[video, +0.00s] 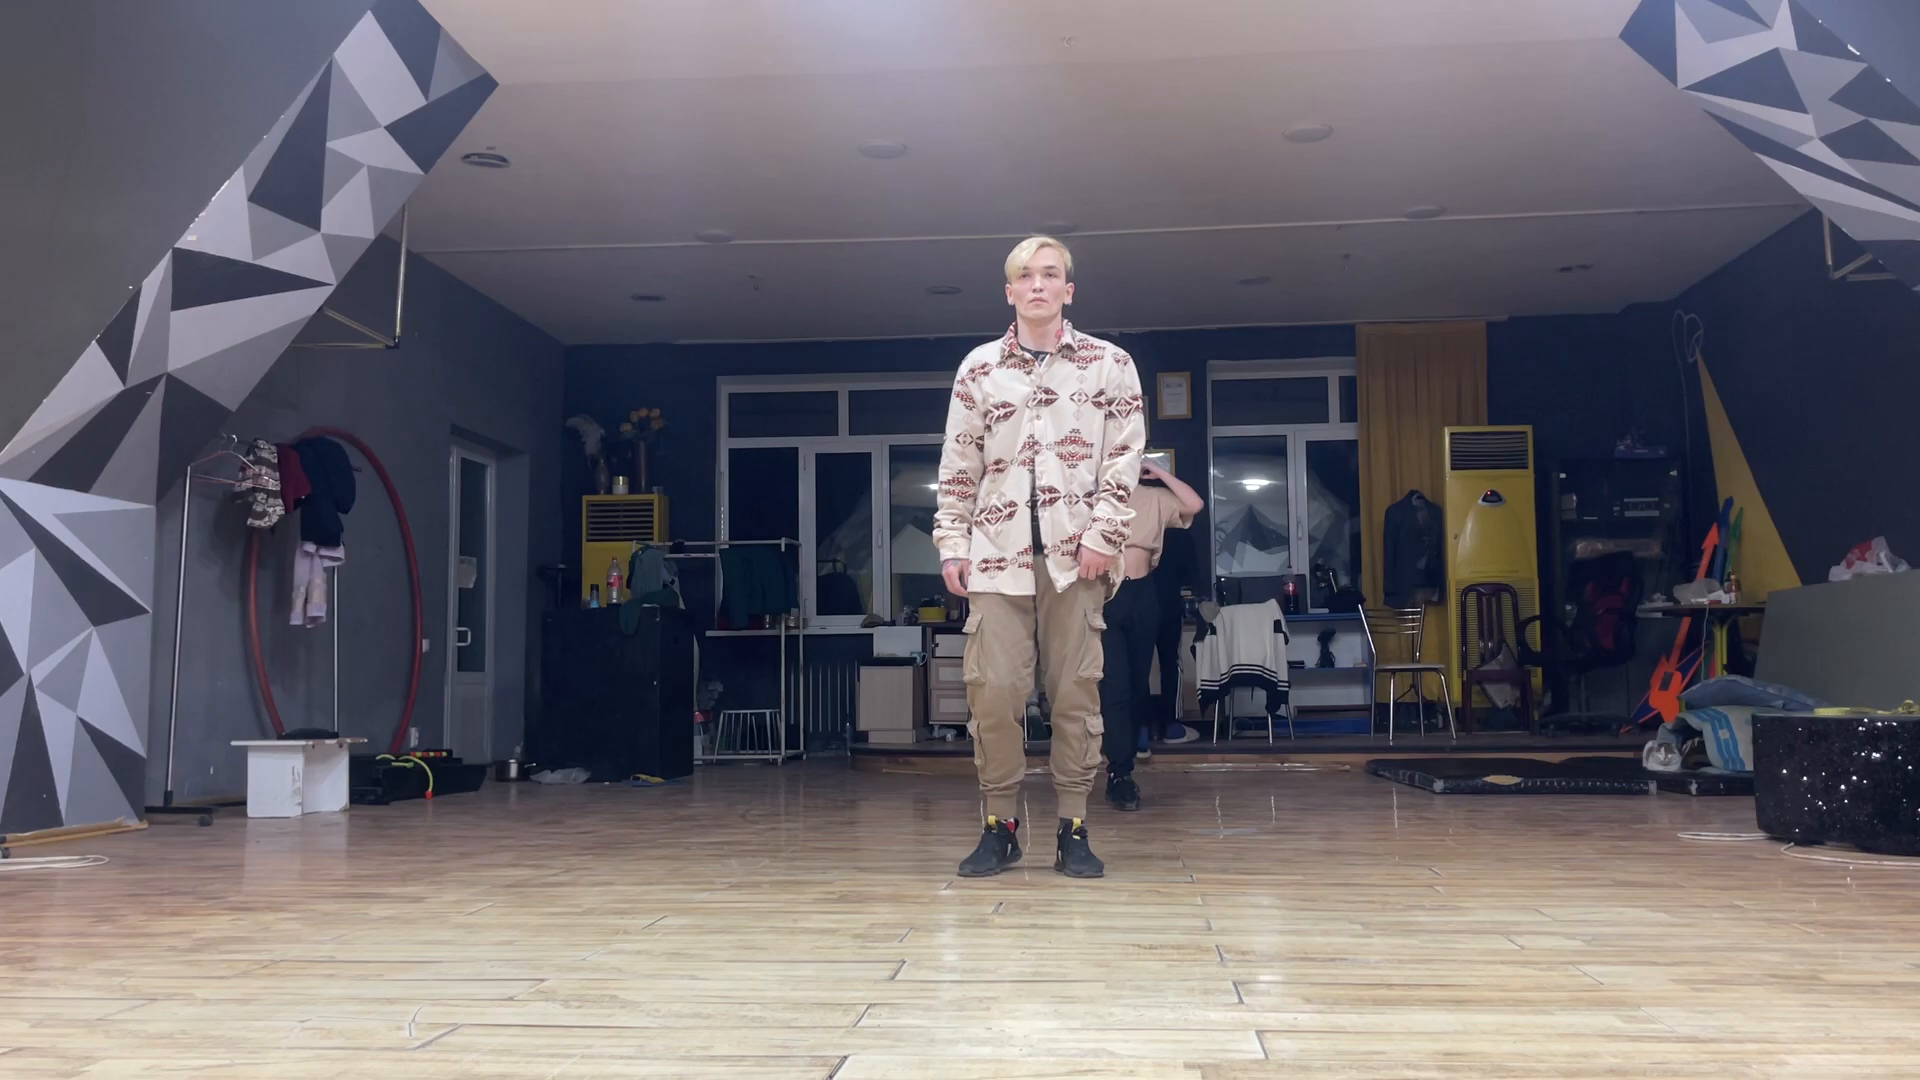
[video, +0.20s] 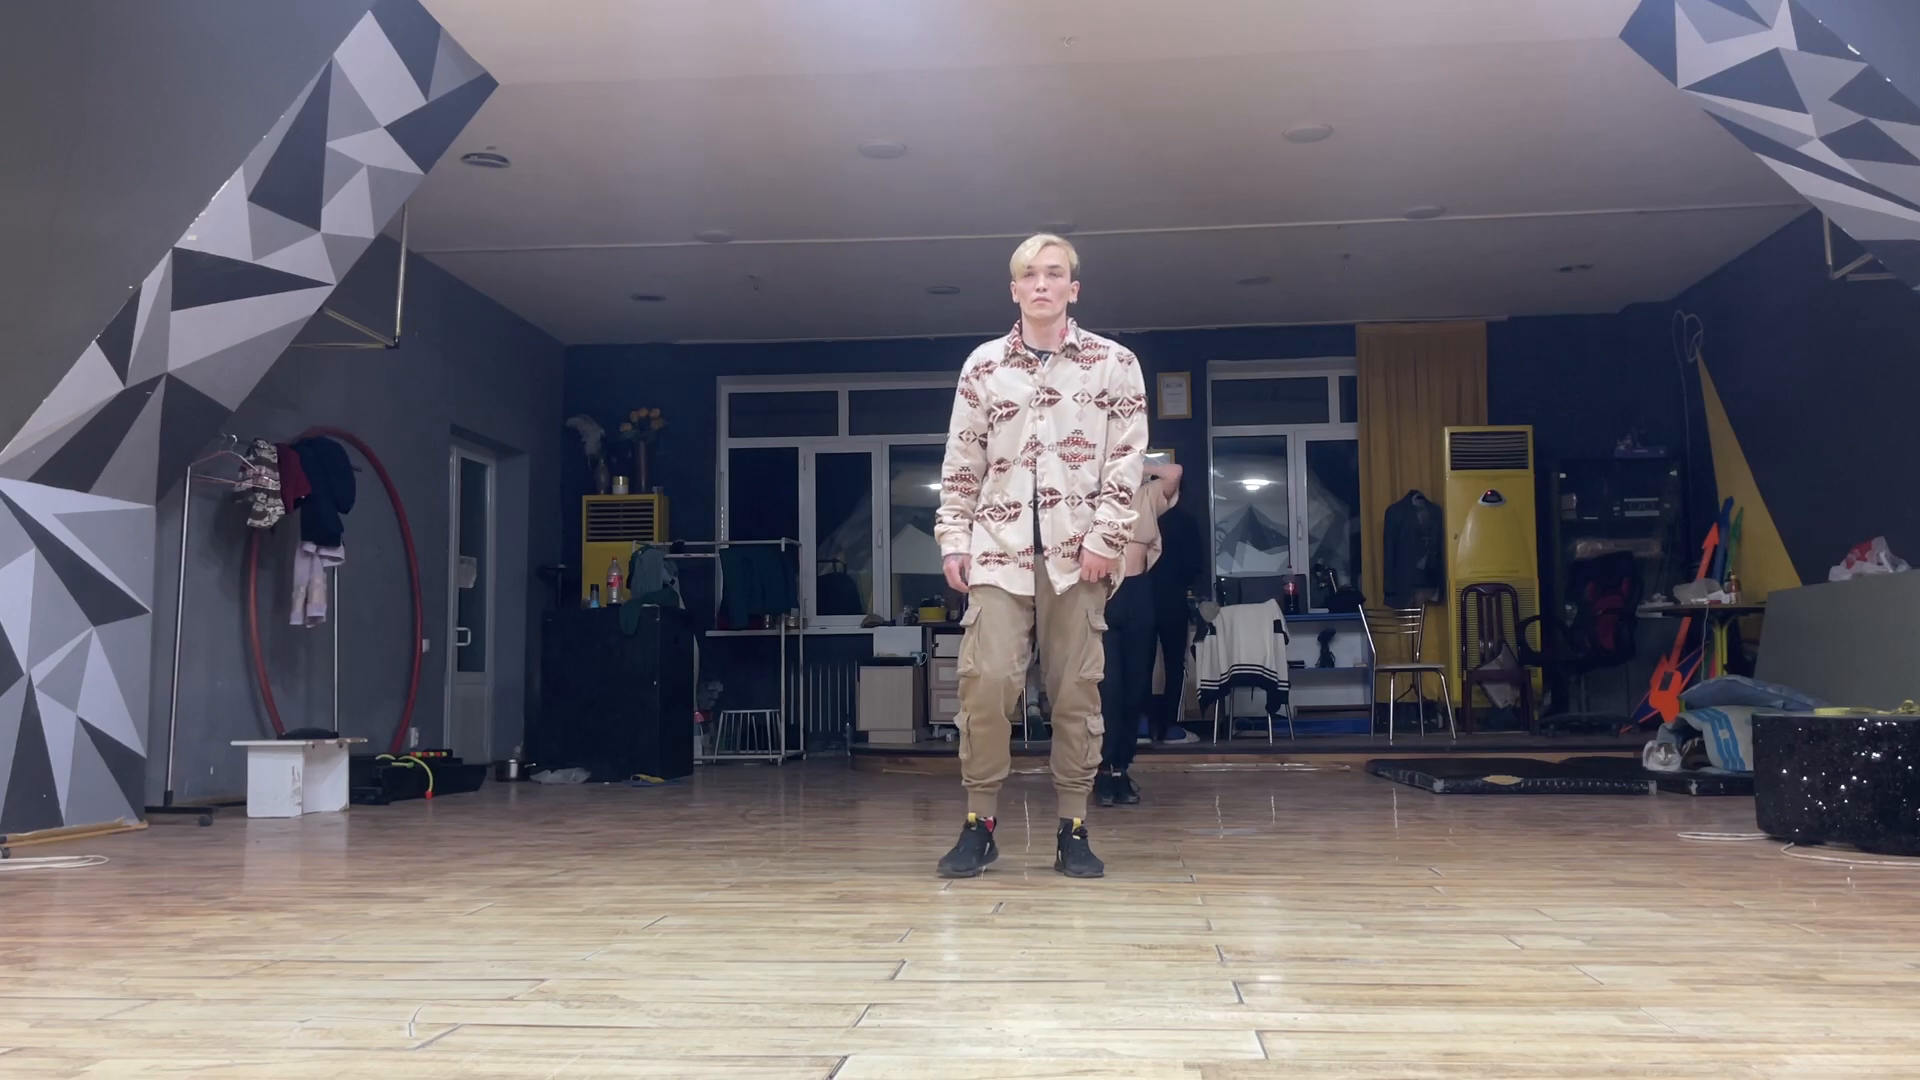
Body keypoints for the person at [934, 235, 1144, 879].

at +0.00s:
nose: (1037, 284)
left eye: (1049, 275)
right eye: (1025, 275)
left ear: (1068, 288)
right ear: (1008, 289)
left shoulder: (1109, 363)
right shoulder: (979, 367)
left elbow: (1125, 460)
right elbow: (957, 466)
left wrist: (1103, 537)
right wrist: (952, 543)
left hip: (1076, 554)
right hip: (995, 555)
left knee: (1073, 693)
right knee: (995, 692)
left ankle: (1074, 830)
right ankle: (1000, 828)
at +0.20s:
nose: (1041, 284)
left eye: (1053, 274)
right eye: (1030, 274)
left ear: (1074, 286)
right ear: (1013, 287)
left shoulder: (1113, 363)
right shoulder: (983, 365)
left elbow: (1127, 463)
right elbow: (961, 465)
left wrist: (1106, 539)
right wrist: (953, 539)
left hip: (1079, 552)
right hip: (998, 550)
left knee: (1074, 690)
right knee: (987, 679)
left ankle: (1074, 829)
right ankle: (978, 825)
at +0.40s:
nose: (1034, 282)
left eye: (1046, 273)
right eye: (1023, 273)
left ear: (1066, 285)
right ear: (1005, 285)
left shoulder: (1104, 364)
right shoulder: (973, 364)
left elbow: (1119, 465)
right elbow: (949, 464)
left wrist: (1099, 540)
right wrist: (940, 540)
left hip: (1069, 553)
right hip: (986, 552)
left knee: (1069, 693)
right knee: (973, 689)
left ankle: (1072, 830)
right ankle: (961, 834)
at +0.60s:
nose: (1015, 280)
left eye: (1027, 271)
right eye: (1004, 270)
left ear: (1046, 284)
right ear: (986, 283)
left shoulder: (1084, 363)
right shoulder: (952, 363)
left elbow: (1097, 464)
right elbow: (927, 463)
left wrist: (1078, 540)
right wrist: (917, 537)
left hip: (1049, 554)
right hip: (965, 554)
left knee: (1056, 692)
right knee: (960, 693)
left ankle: (1069, 830)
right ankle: (960, 835)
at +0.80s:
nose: (995, 276)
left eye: (1007, 267)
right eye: (983, 267)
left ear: (1026, 281)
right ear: (964, 280)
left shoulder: (1064, 358)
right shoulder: (933, 360)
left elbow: (1083, 460)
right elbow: (909, 459)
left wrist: (1065, 536)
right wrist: (900, 534)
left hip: (1035, 551)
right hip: (950, 553)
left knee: (1051, 690)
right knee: (951, 695)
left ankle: (1068, 825)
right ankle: (958, 834)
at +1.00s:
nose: (983, 270)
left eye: (994, 261)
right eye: (971, 262)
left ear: (1015, 278)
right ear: (952, 278)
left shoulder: (1055, 351)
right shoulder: (920, 360)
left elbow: (1079, 447)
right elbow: (899, 460)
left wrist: (1062, 521)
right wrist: (893, 537)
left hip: (1036, 550)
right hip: (949, 554)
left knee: (1067, 675)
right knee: (949, 695)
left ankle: (1083, 815)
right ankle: (957, 836)